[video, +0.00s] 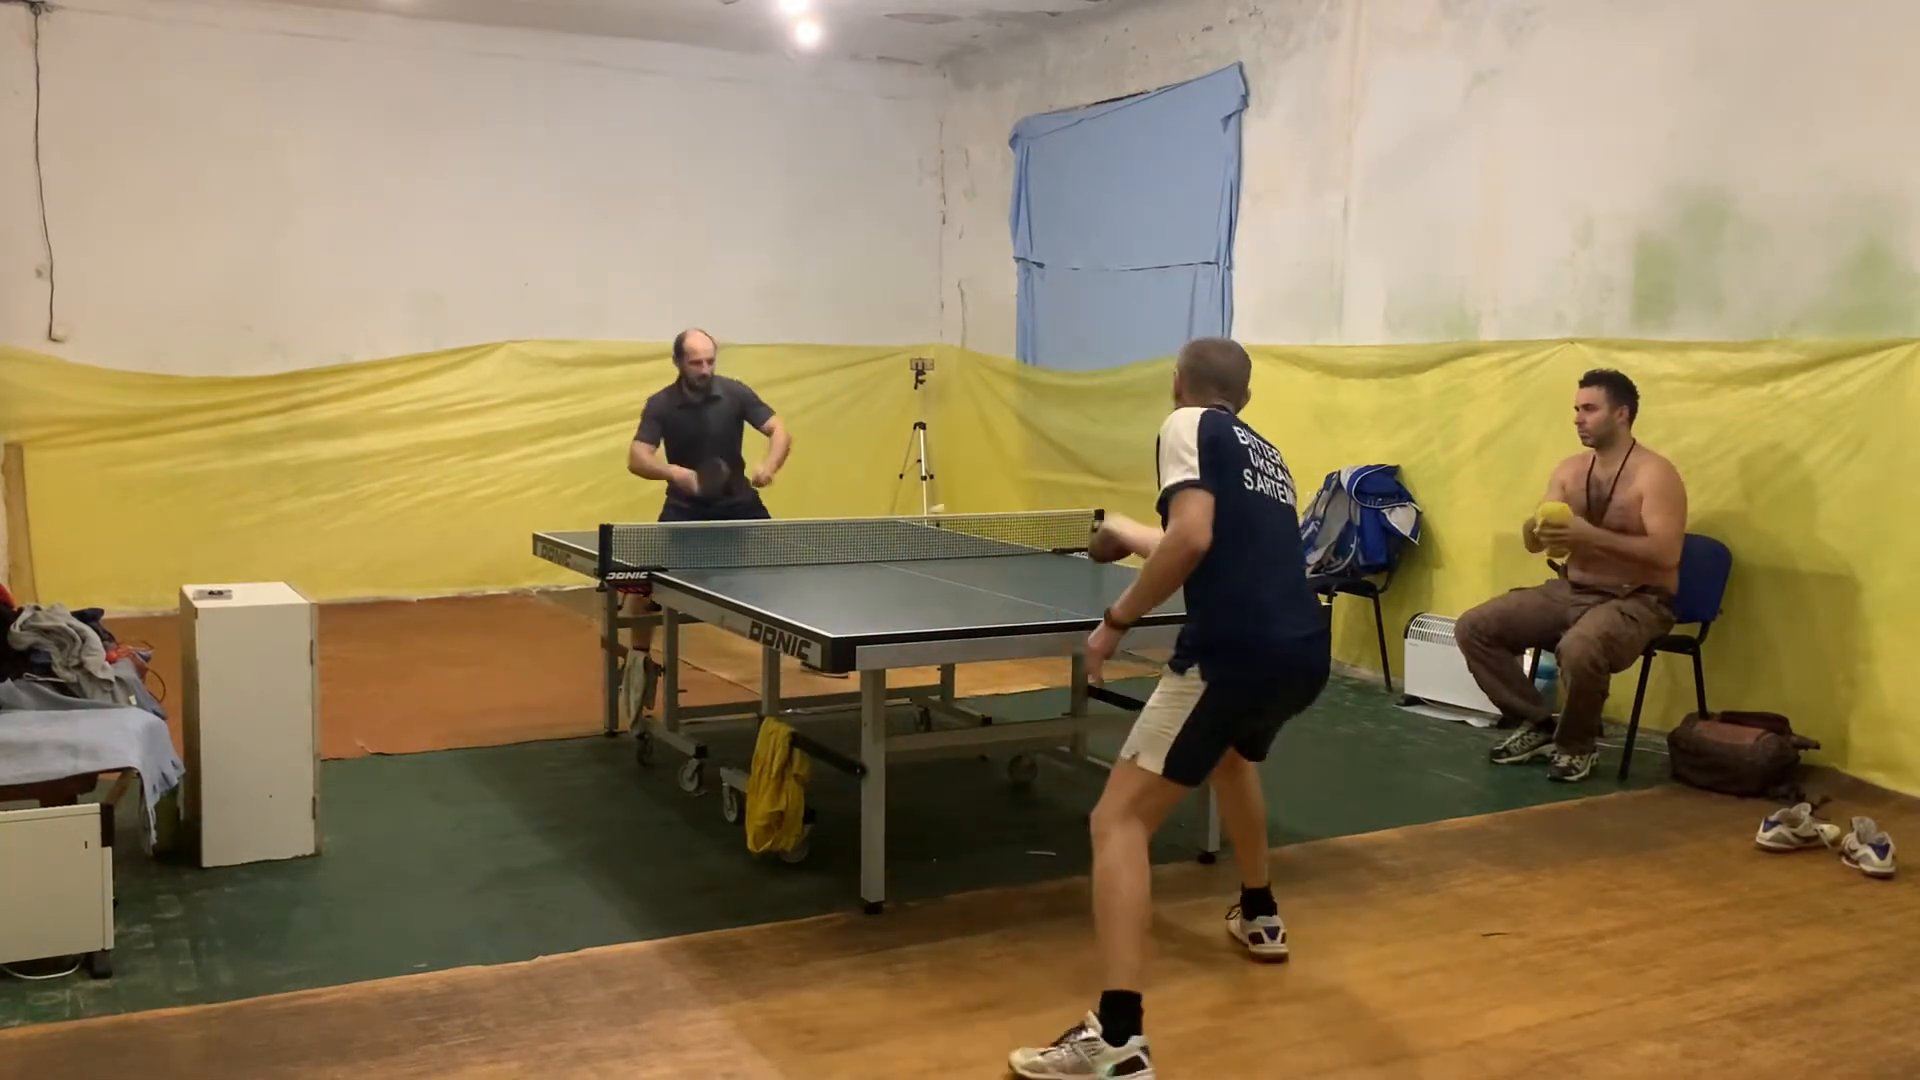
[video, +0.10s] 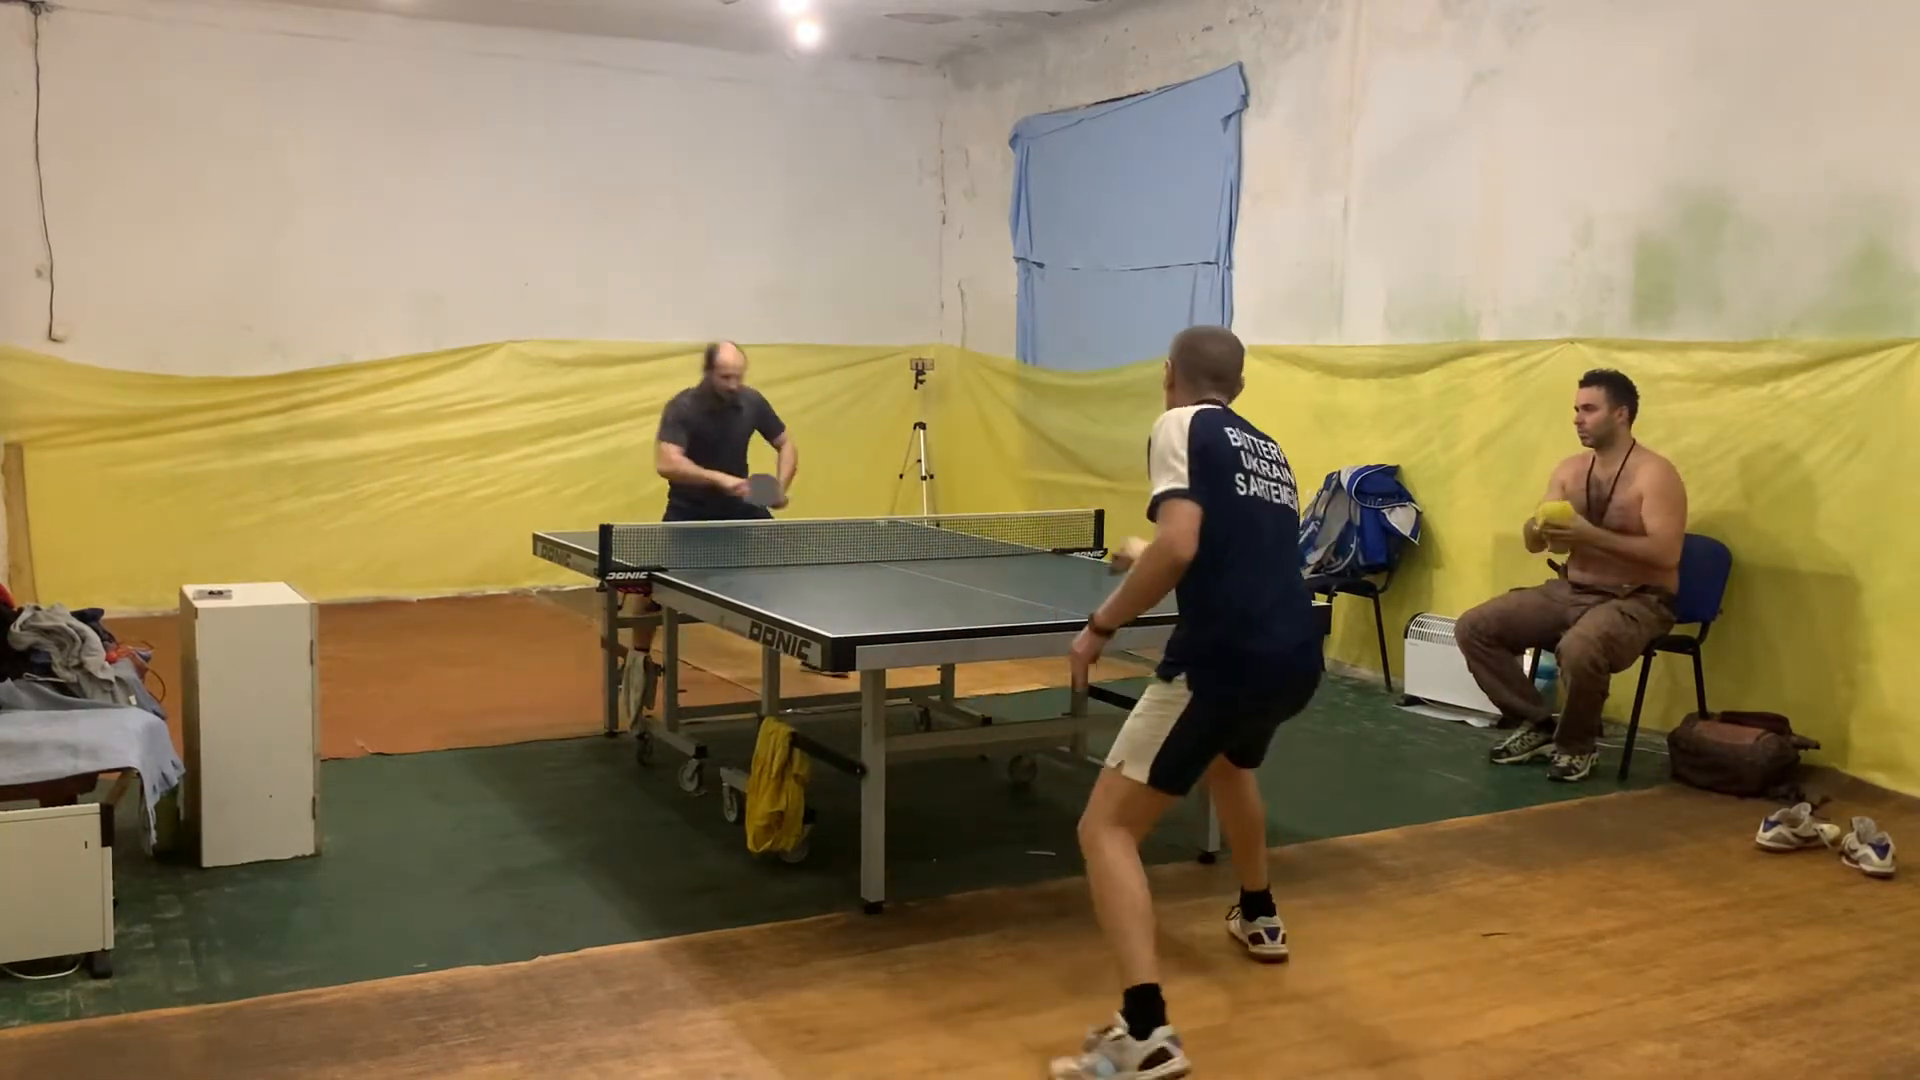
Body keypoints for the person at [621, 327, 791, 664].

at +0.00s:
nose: (705, 370)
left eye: (710, 362)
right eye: (697, 363)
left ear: (716, 359)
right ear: (678, 362)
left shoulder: (735, 393)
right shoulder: (661, 404)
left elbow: (781, 433)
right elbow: (637, 460)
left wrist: (769, 466)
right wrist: (672, 472)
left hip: (739, 503)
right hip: (685, 507)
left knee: (783, 563)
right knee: (643, 579)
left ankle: (806, 641)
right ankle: (639, 664)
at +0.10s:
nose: (734, 385)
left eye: (739, 377)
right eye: (725, 377)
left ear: (745, 374)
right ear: (708, 373)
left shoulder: (753, 403)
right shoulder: (682, 407)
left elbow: (786, 445)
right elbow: (667, 463)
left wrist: (781, 487)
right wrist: (719, 479)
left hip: (739, 511)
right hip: (687, 513)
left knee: (790, 561)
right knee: (651, 584)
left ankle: (808, 645)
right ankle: (638, 661)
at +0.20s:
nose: (765, 410)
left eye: (769, 402)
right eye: (757, 401)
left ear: (775, 396)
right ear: (738, 393)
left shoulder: (768, 417)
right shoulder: (708, 414)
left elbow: (789, 455)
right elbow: (713, 464)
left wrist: (789, 493)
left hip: (743, 508)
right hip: (696, 512)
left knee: (793, 556)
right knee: (658, 584)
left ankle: (809, 643)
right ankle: (639, 659)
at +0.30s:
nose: (778, 399)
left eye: (784, 392)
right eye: (772, 390)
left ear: (788, 389)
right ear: (753, 383)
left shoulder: (777, 411)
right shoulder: (724, 411)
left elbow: (795, 446)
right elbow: (741, 444)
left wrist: (801, 487)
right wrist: (771, 476)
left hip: (759, 514)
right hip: (711, 516)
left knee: (802, 568)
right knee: (671, 587)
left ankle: (811, 645)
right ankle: (640, 661)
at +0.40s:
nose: (783, 363)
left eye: (789, 356)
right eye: (777, 355)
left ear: (795, 355)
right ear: (759, 350)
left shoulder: (785, 383)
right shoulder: (737, 383)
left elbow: (798, 416)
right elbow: (721, 414)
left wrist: (813, 454)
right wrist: (719, 443)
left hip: (766, 489)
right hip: (725, 493)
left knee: (807, 548)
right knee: (696, 567)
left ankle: (815, 641)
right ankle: (644, 652)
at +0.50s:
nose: (780, 340)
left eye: (786, 333)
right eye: (773, 331)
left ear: (792, 333)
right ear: (757, 328)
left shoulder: (791, 367)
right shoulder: (734, 361)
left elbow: (805, 404)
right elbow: (703, 388)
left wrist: (819, 443)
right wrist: (692, 416)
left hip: (770, 473)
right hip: (728, 474)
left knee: (792, 538)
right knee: (719, 549)